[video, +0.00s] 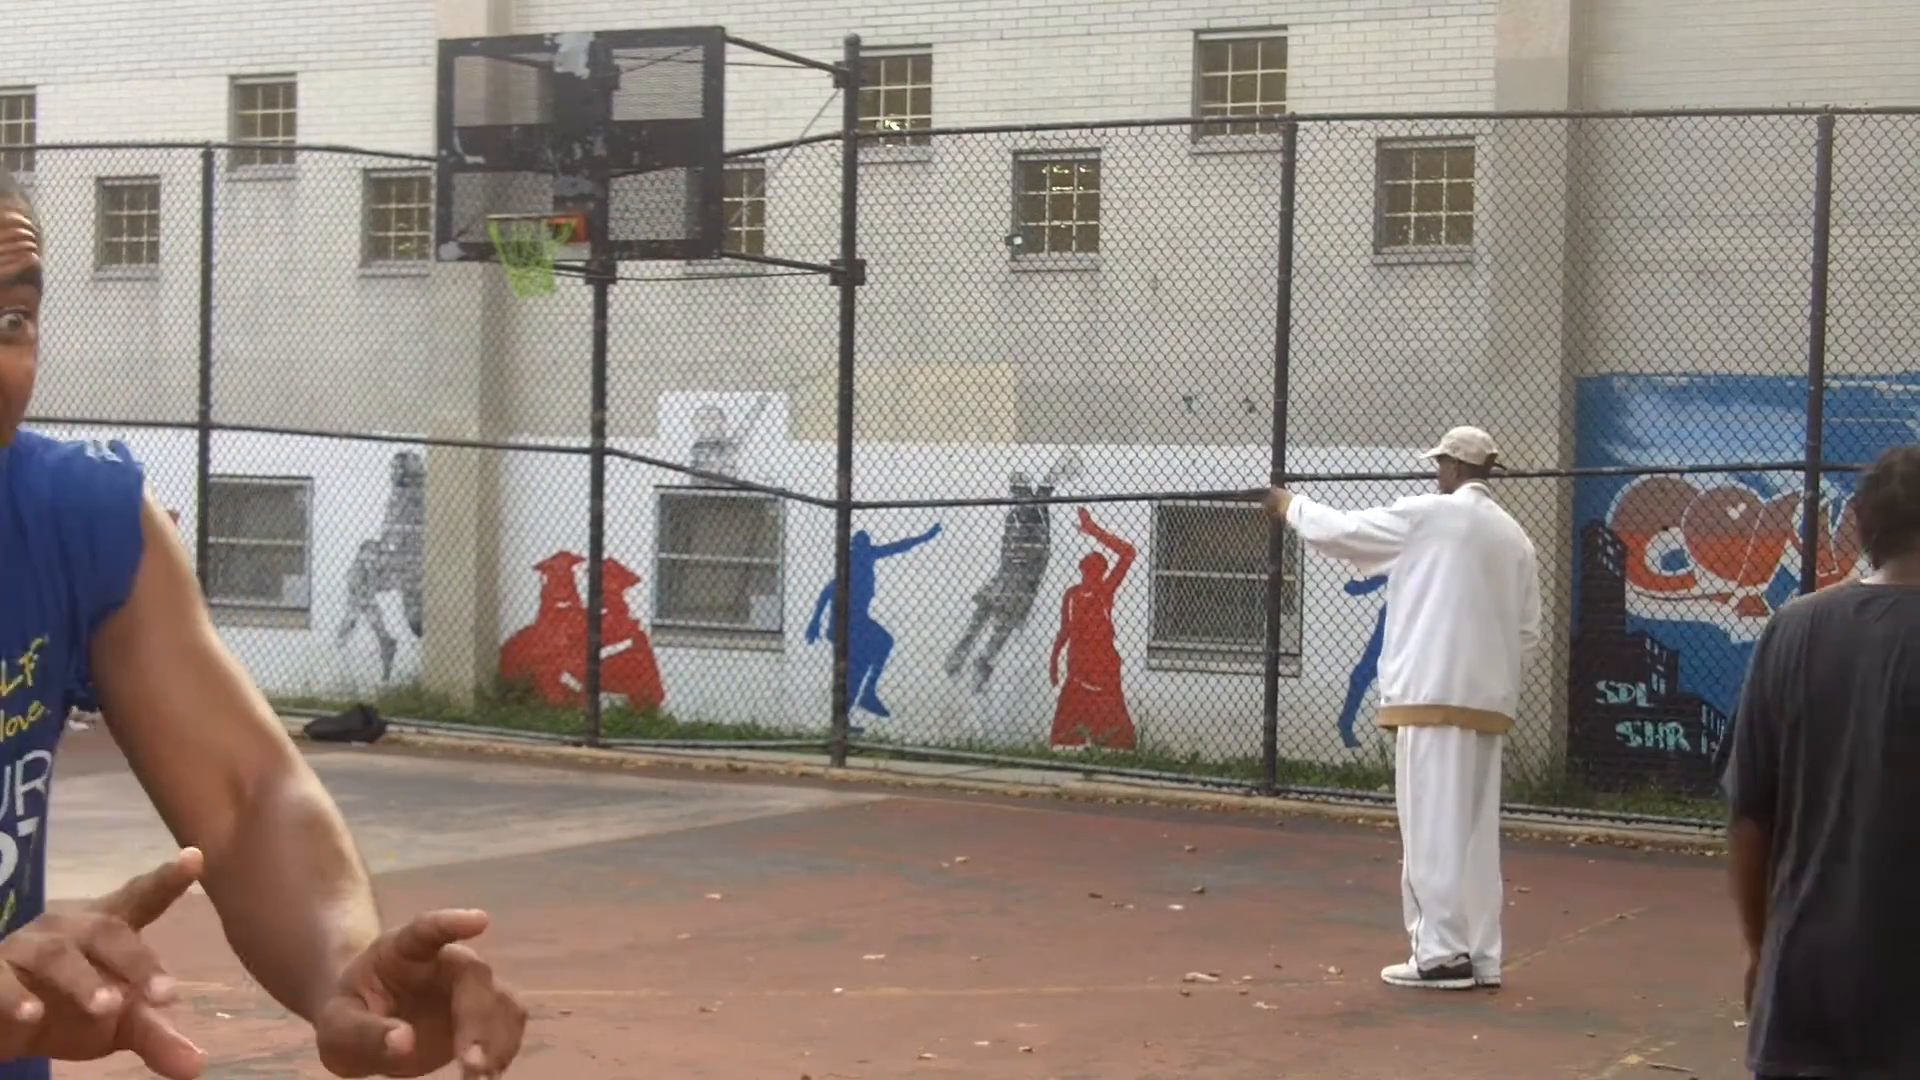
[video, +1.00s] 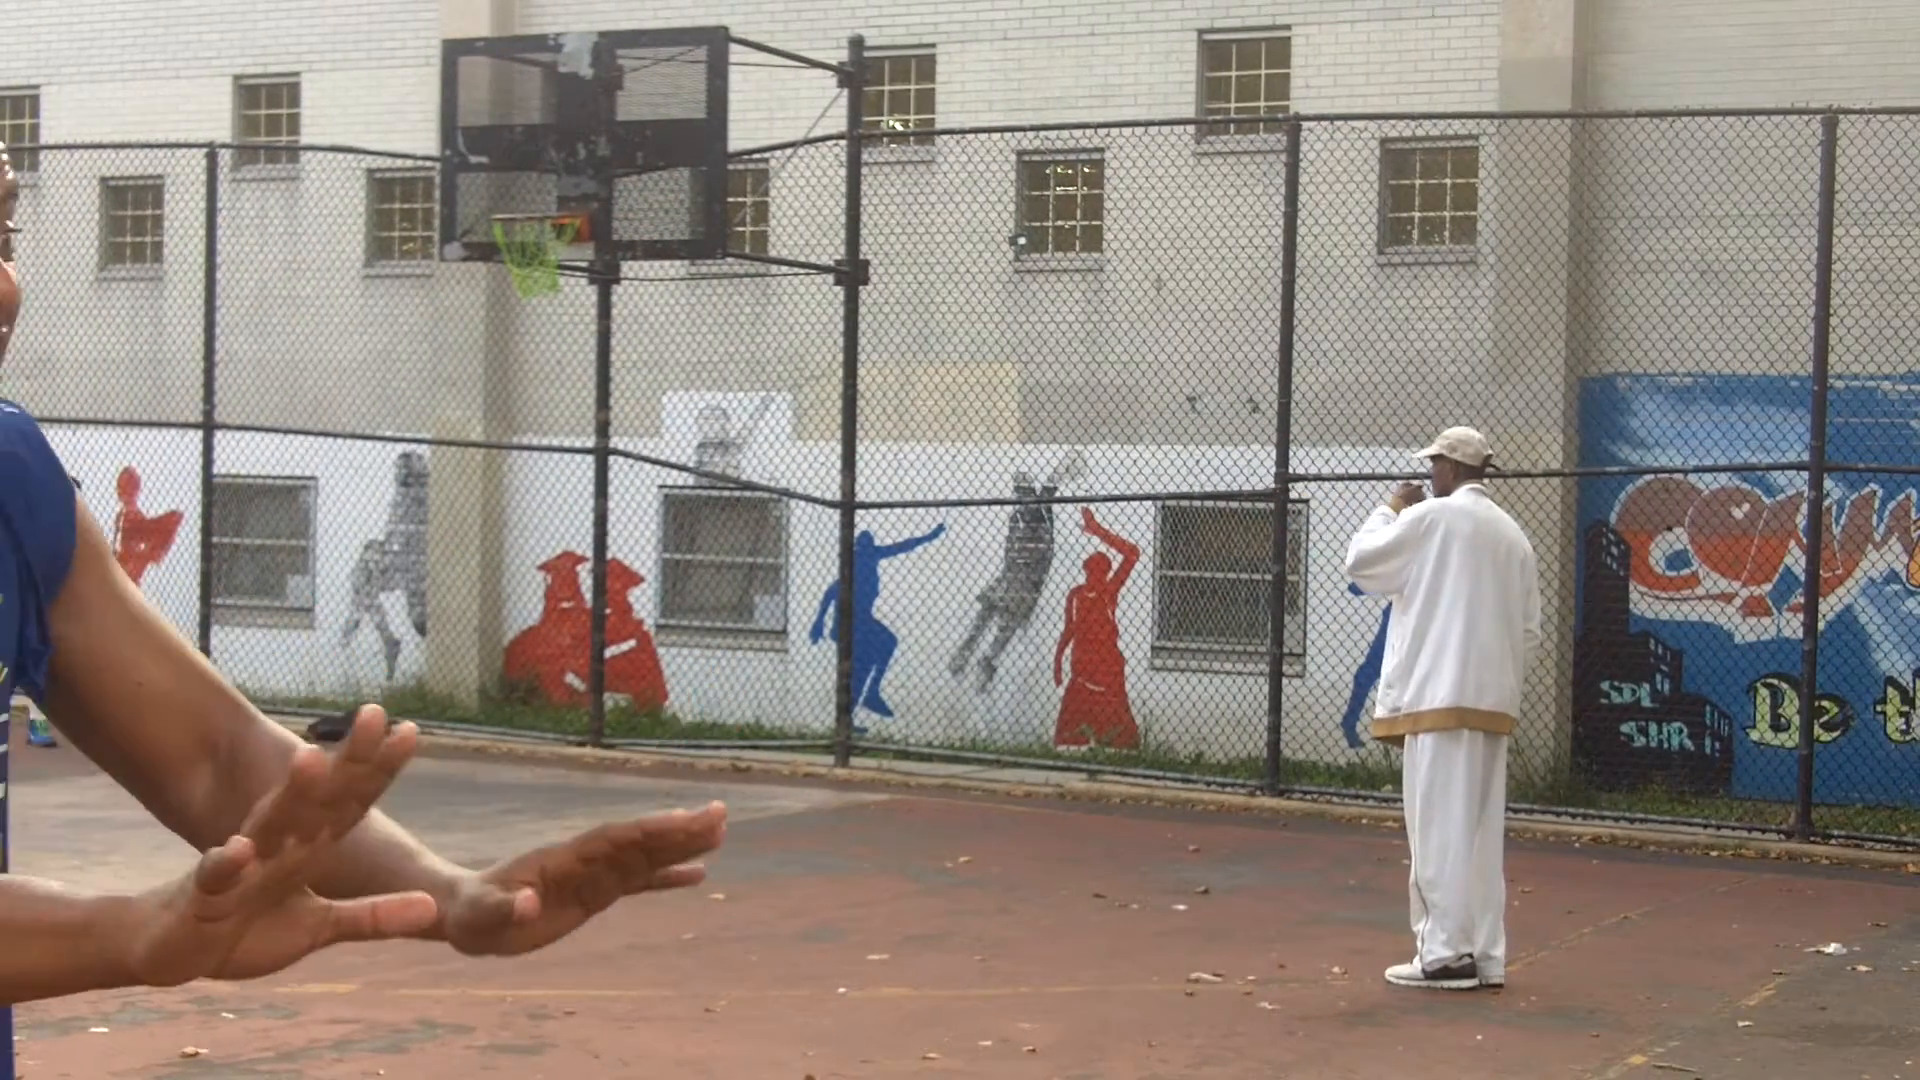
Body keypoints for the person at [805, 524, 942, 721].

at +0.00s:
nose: (865, 549)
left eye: (867, 546)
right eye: (861, 546)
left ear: (870, 546)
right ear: (854, 547)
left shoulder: (870, 555)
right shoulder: (850, 566)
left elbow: (898, 547)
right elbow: (827, 591)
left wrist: (925, 537)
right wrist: (814, 622)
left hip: (861, 619)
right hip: (845, 623)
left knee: (884, 642)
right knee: (859, 662)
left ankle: (869, 693)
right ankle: (841, 716)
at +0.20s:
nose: (865, 550)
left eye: (866, 546)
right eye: (861, 546)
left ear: (870, 547)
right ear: (854, 548)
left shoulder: (870, 556)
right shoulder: (850, 566)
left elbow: (898, 547)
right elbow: (827, 592)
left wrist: (925, 537)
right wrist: (815, 622)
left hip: (862, 620)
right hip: (845, 624)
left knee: (885, 642)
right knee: (860, 663)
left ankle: (870, 693)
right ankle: (842, 716)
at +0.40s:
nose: (866, 550)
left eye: (869, 546)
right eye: (863, 547)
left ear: (873, 547)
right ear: (856, 548)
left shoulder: (874, 555)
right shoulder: (853, 567)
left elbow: (901, 547)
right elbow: (831, 591)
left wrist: (928, 537)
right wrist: (818, 622)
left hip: (865, 620)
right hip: (847, 624)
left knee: (887, 642)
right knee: (863, 662)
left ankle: (872, 692)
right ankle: (844, 715)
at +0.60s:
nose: (868, 551)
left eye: (870, 547)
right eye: (864, 547)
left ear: (874, 547)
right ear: (857, 548)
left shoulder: (874, 556)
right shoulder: (853, 567)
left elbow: (902, 547)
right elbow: (832, 591)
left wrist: (928, 537)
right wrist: (818, 622)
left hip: (866, 621)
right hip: (848, 625)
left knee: (888, 642)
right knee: (863, 662)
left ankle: (873, 692)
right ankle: (845, 716)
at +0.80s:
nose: (868, 551)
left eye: (870, 547)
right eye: (864, 547)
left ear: (874, 547)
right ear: (858, 548)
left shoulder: (874, 556)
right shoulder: (854, 567)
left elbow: (902, 547)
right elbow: (832, 591)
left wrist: (929, 537)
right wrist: (818, 622)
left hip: (865, 620)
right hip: (849, 624)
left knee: (888, 642)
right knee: (864, 660)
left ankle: (873, 693)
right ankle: (845, 716)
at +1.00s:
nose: (868, 551)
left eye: (870, 547)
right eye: (864, 547)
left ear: (874, 547)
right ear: (857, 548)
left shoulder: (874, 556)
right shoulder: (853, 567)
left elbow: (902, 547)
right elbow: (832, 591)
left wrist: (929, 537)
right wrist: (818, 622)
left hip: (866, 620)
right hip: (848, 624)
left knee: (888, 642)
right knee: (864, 660)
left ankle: (873, 692)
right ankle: (845, 716)